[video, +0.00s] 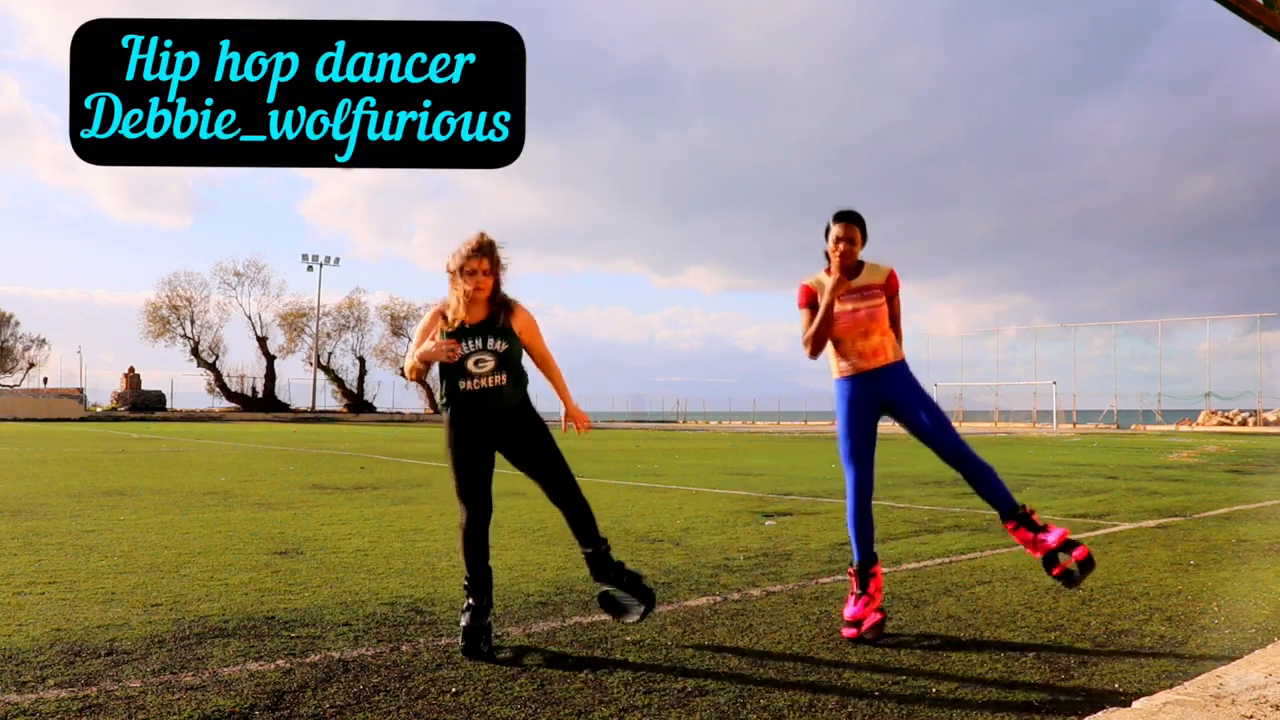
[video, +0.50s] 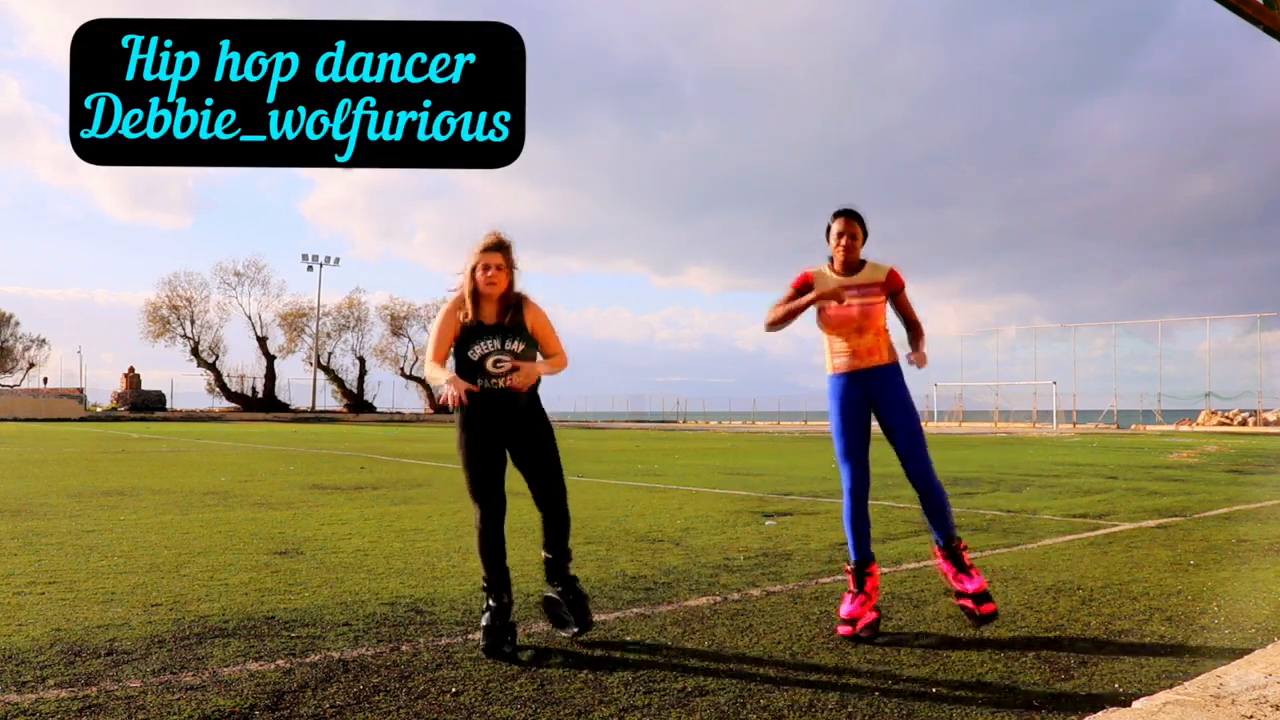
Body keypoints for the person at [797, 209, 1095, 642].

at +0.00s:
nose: (843, 247)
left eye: (851, 241)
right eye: (837, 240)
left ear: (861, 245)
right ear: (826, 244)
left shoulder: (883, 277)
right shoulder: (813, 287)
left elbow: (895, 329)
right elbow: (812, 348)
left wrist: (898, 370)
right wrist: (830, 294)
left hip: (894, 376)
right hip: (852, 388)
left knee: (959, 454)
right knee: (858, 487)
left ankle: (1025, 526)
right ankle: (865, 584)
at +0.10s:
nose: (839, 231)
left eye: (847, 225)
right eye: (833, 223)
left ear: (858, 228)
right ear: (822, 226)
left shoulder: (880, 258)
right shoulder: (809, 270)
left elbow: (894, 307)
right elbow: (810, 329)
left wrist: (895, 346)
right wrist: (827, 277)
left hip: (894, 358)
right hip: (852, 370)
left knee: (956, 439)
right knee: (860, 469)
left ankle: (1019, 515)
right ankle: (864, 570)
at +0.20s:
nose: (835, 226)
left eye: (842, 220)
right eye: (829, 219)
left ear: (855, 222)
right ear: (819, 222)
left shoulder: (878, 252)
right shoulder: (807, 265)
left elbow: (897, 305)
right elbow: (810, 323)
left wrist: (900, 353)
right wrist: (825, 266)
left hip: (892, 354)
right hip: (848, 365)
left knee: (948, 438)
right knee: (853, 465)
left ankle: (1006, 511)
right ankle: (862, 561)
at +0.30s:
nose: (834, 239)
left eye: (841, 232)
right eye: (829, 231)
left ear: (854, 235)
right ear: (818, 235)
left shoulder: (876, 267)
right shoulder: (807, 279)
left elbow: (899, 324)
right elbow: (809, 338)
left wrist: (913, 374)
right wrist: (823, 280)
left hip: (891, 368)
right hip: (846, 377)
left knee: (944, 453)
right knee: (849, 479)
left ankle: (1001, 526)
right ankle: (857, 574)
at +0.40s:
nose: (839, 256)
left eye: (846, 250)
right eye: (833, 249)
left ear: (856, 255)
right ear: (822, 254)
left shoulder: (877, 290)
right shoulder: (808, 298)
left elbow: (906, 341)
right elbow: (788, 349)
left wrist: (930, 390)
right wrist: (813, 301)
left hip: (889, 391)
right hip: (844, 400)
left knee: (935, 478)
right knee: (850, 493)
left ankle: (983, 554)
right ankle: (864, 585)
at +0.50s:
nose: (846, 242)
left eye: (853, 236)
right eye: (840, 236)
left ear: (863, 242)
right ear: (828, 241)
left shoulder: (884, 277)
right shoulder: (811, 280)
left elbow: (910, 320)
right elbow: (771, 322)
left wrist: (917, 346)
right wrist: (816, 295)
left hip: (888, 377)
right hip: (844, 384)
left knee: (922, 472)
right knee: (854, 485)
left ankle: (953, 555)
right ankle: (862, 582)